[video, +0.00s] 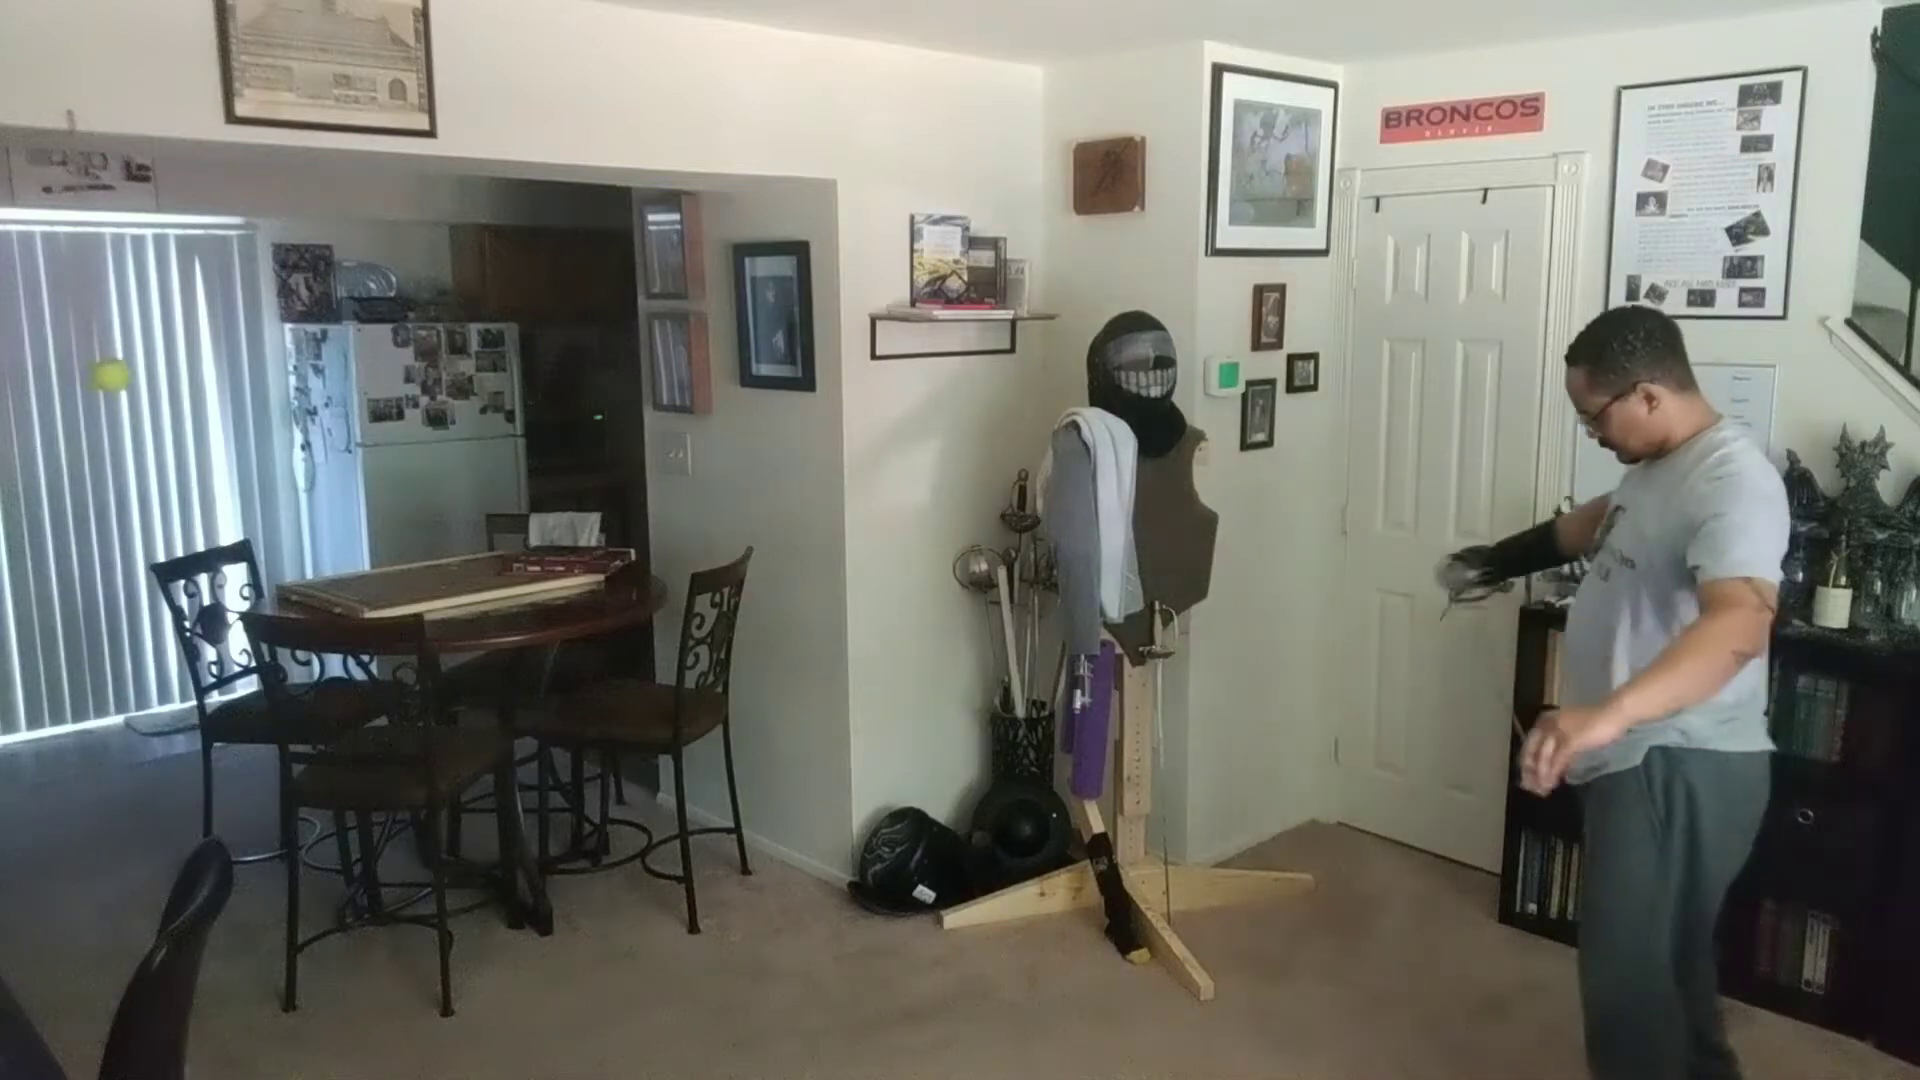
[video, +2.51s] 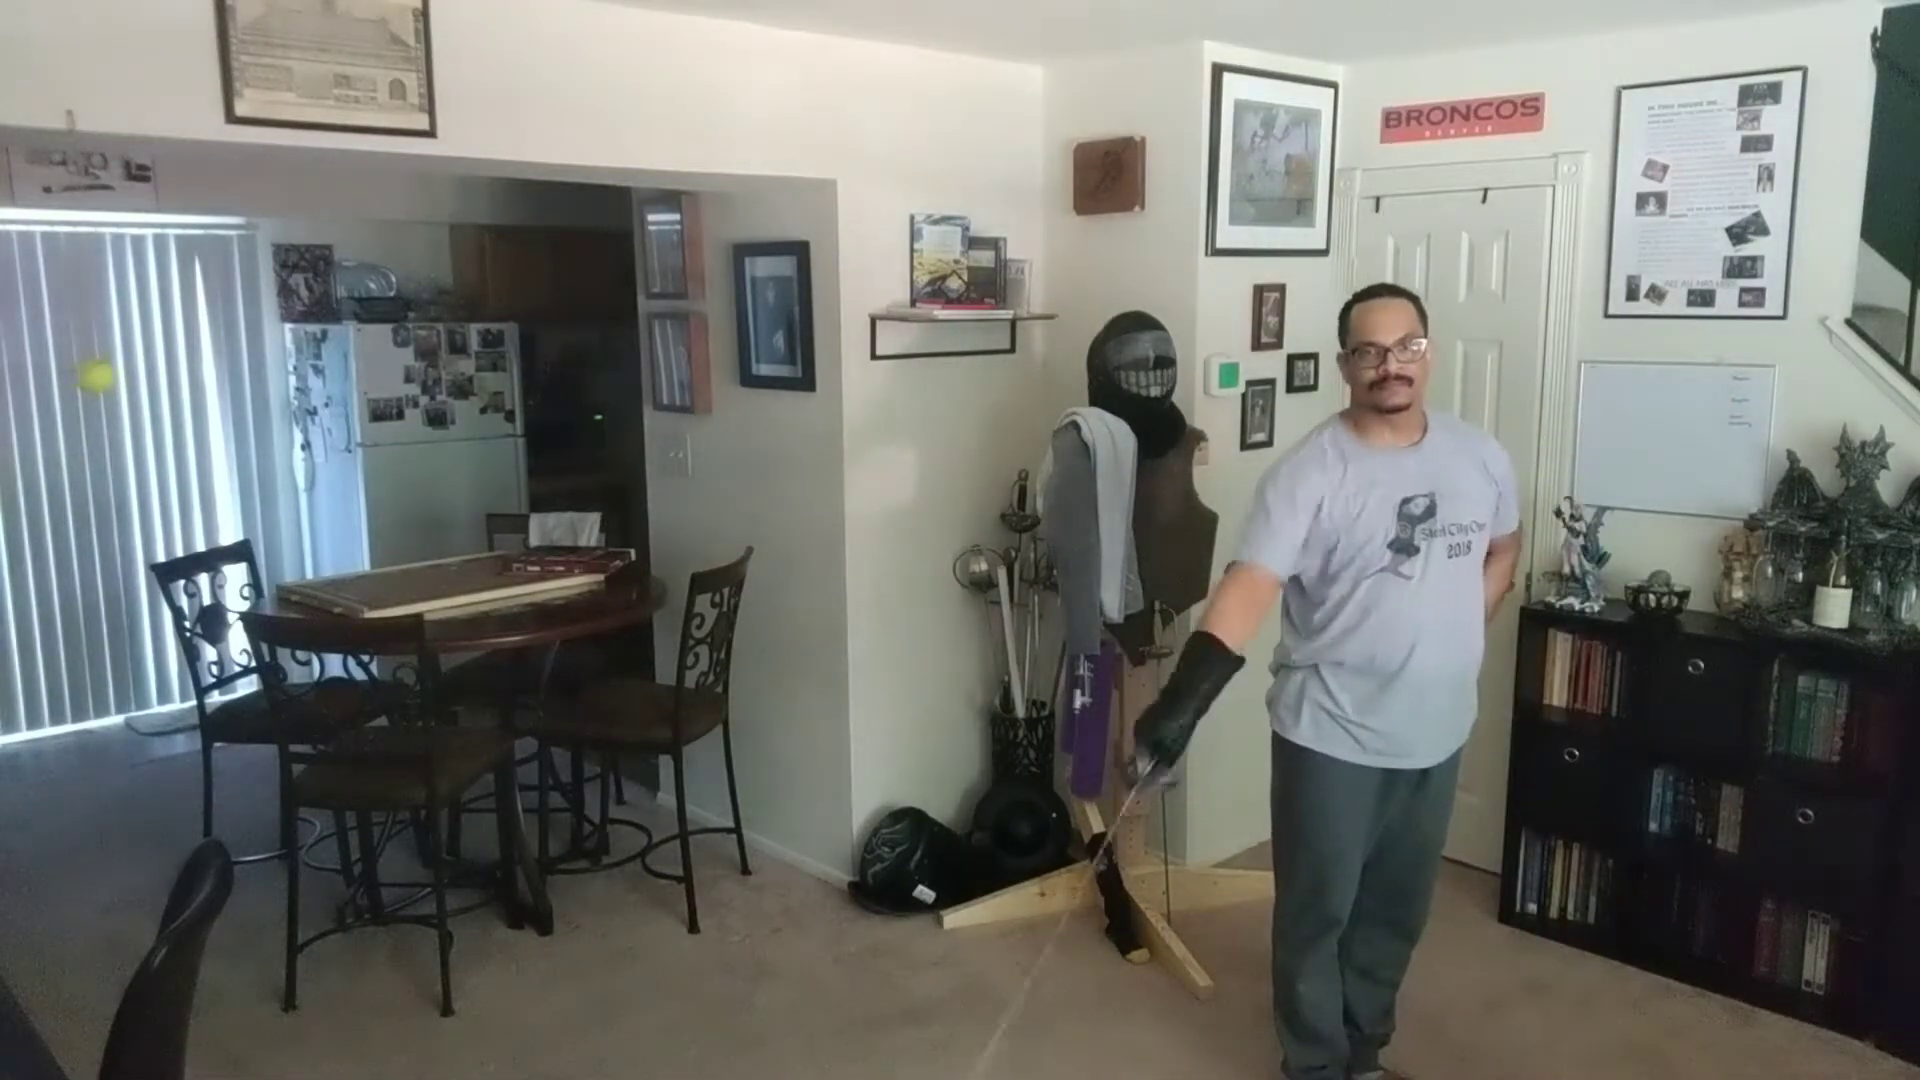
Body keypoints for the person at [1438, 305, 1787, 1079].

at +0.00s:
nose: (1594, 434)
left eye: (1596, 417)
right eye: (1587, 421)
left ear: (1648, 394)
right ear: (1650, 393)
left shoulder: (1732, 475)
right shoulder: (1662, 470)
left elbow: (1739, 624)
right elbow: (1591, 526)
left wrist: (1606, 715)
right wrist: (1501, 558)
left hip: (1676, 775)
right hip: (1637, 765)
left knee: (1629, 984)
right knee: (1666, 963)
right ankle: (1700, 1064)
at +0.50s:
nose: (1560, 415)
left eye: (1578, 394)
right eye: (1551, 395)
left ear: (1642, 383)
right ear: (1542, 387)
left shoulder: (1693, 484)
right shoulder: (1556, 466)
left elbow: (1768, 615)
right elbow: (1487, 513)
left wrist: (1700, 713)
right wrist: (1406, 576)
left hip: (1634, 782)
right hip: (1520, 757)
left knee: (1613, 990)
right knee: (1452, 907)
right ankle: (1456, 1060)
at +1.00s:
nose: (1459, 377)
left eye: (1483, 362)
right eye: (1442, 360)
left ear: (1515, 375)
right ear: (1423, 370)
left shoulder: (1562, 491)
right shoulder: (1363, 480)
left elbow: (1624, 638)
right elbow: (1318, 616)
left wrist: (1631, 788)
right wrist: (1280, 750)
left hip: (1509, 773)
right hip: (1374, 767)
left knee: (1546, 971)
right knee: (1326, 957)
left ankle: (1591, 1078)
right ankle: (1319, 1070)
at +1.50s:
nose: (1388, 369)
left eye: (1405, 351)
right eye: (1367, 355)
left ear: (1430, 360)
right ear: (1344, 369)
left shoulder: (1478, 457)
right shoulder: (1304, 487)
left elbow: (1505, 542)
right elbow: (1282, 635)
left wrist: (1461, 631)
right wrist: (1311, 655)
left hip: (1437, 736)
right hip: (1332, 743)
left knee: (1400, 912)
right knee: (1322, 922)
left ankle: (1370, 1049)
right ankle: (1316, 1063)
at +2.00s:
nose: (1385, 370)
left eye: (1400, 352)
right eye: (1363, 357)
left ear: (1423, 360)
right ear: (1338, 370)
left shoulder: (1472, 459)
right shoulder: (1298, 489)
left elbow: (1484, 555)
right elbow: (1282, 636)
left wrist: (1454, 609)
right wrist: (1324, 628)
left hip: (1429, 728)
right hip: (1327, 733)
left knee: (1393, 907)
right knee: (1315, 911)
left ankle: (1364, 1053)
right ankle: (1313, 1062)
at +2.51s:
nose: (1391, 365)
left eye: (1406, 347)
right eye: (1370, 352)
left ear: (1428, 355)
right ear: (1345, 367)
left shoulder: (1479, 458)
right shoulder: (1309, 471)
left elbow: (1503, 556)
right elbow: (1249, 589)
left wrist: (1453, 625)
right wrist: (1176, 707)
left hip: (1436, 726)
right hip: (1332, 727)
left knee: (1395, 908)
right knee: (1319, 909)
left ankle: (1365, 1053)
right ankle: (1313, 1062)